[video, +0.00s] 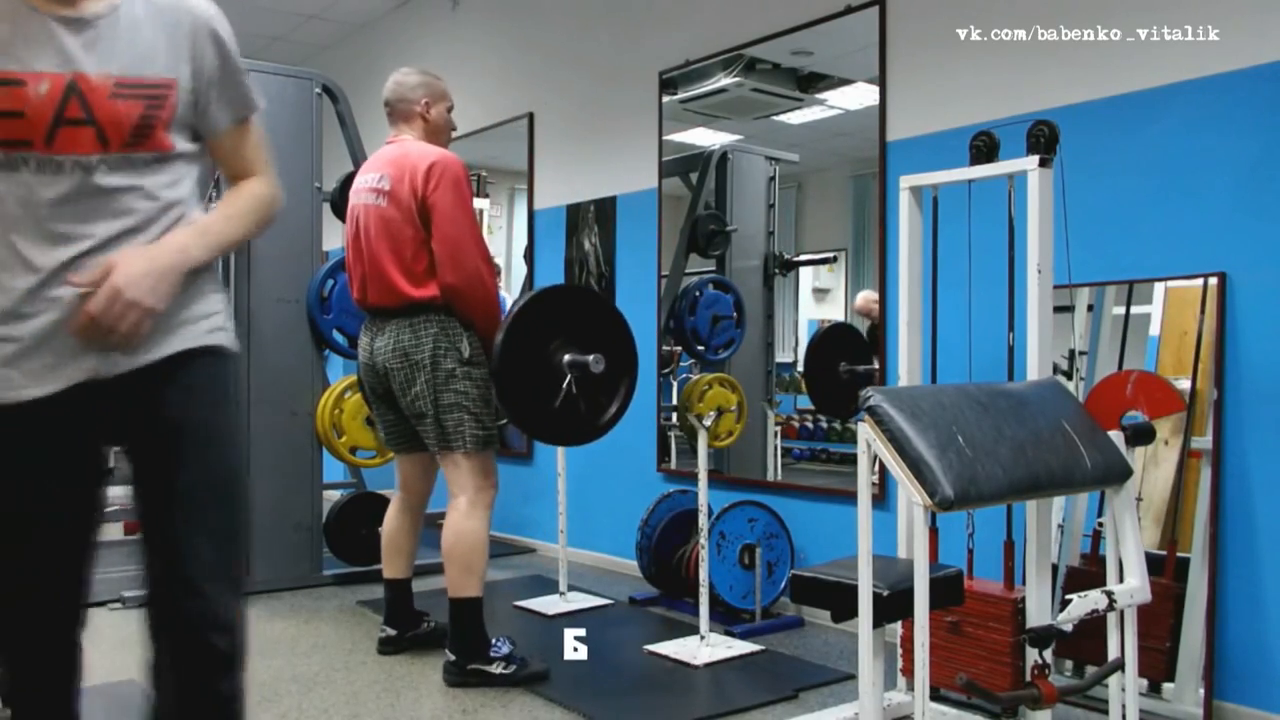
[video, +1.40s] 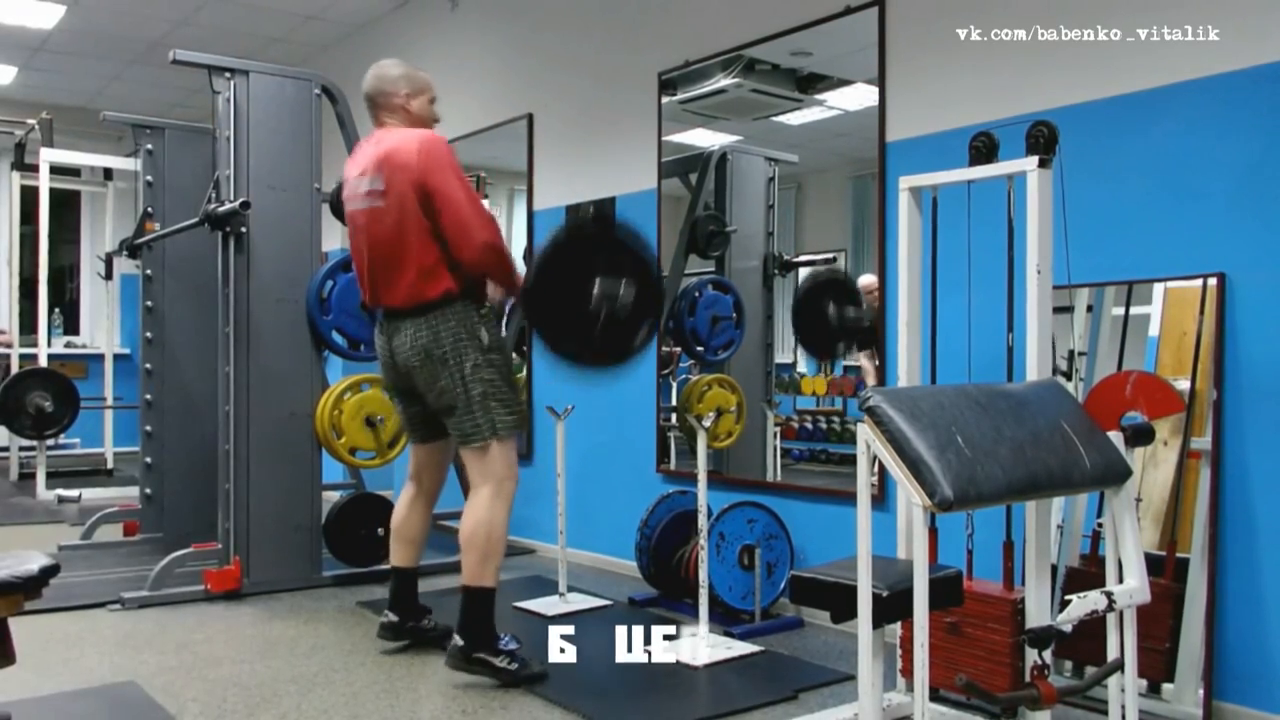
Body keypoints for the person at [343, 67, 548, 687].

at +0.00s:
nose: (453, 122)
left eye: (451, 112)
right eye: (450, 111)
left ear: (399, 112)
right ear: (427, 108)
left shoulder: (368, 171)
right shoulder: (438, 164)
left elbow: (360, 271)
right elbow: (464, 270)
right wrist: (498, 341)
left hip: (378, 338)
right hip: (436, 333)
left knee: (412, 482)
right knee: (472, 488)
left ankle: (400, 621)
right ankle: (470, 650)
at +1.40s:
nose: (435, 109)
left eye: (432, 99)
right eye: (428, 100)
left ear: (380, 104)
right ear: (401, 100)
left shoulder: (356, 164)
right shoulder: (425, 147)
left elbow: (368, 267)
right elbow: (476, 242)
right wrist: (511, 281)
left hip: (396, 333)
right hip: (449, 324)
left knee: (424, 473)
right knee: (494, 476)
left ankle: (401, 612)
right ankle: (477, 638)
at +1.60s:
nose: (427, 143)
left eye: (428, 135)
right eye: (424, 134)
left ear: (373, 124)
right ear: (399, 123)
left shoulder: (345, 181)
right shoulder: (399, 163)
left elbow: (384, 263)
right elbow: (475, 231)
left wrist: (458, 203)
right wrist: (514, 201)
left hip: (411, 348)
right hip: (462, 340)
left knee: (434, 487)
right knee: (502, 489)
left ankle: (402, 620)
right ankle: (472, 652)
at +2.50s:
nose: (453, 123)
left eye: (452, 112)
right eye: (449, 111)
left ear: (398, 110)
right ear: (423, 108)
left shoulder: (361, 172)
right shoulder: (431, 160)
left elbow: (363, 275)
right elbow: (472, 258)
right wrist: (522, 281)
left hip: (387, 341)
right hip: (444, 334)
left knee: (416, 481)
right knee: (479, 491)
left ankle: (400, 622)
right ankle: (470, 654)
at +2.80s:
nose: (480, 128)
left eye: (478, 118)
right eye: (476, 118)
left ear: (426, 119)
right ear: (456, 116)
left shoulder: (394, 170)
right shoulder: (472, 169)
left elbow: (373, 267)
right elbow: (482, 277)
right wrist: (497, 356)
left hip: (378, 340)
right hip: (437, 340)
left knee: (412, 487)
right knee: (486, 493)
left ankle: (400, 621)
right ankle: (471, 654)